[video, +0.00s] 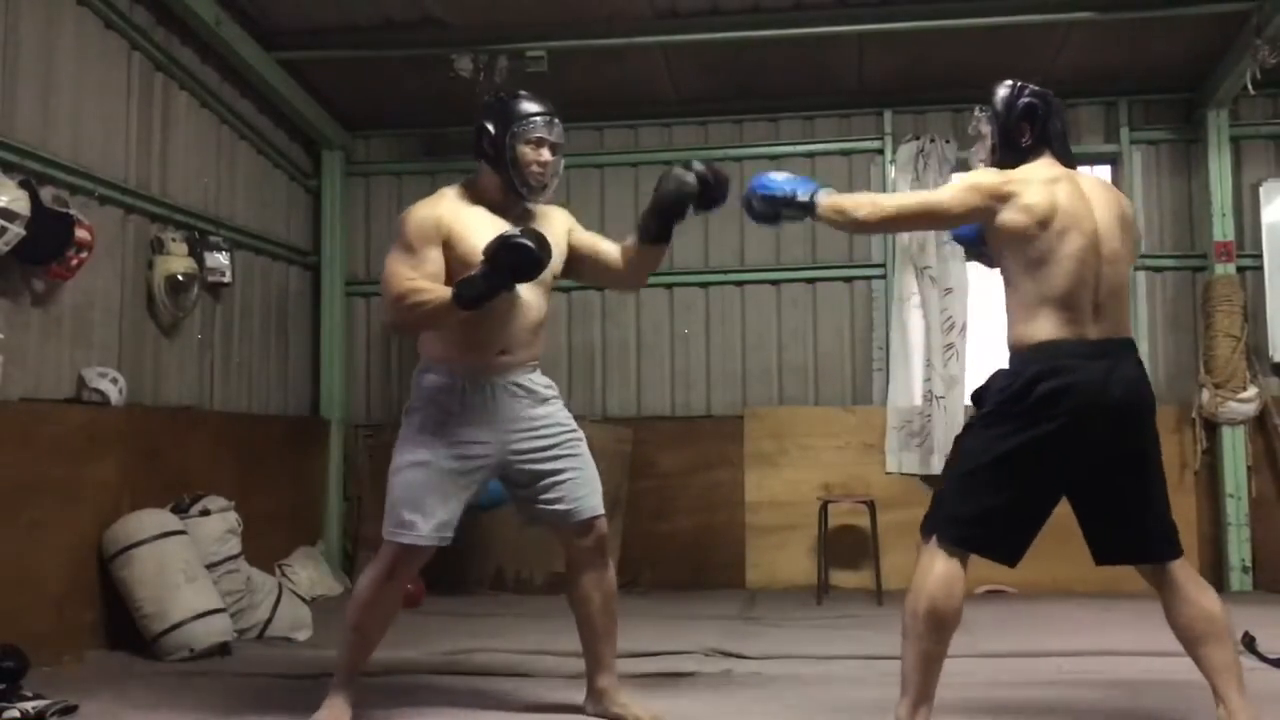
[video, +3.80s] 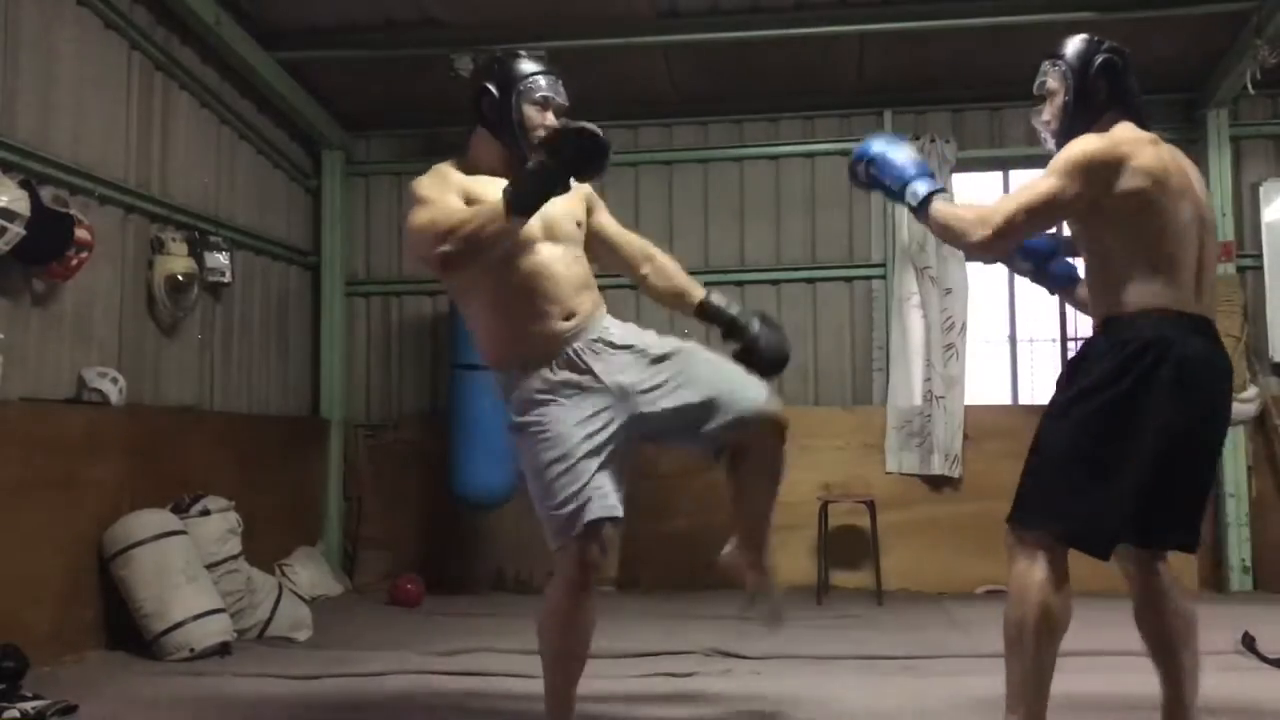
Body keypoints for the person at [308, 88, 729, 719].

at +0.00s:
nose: (548, 158)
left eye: (554, 147)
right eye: (534, 144)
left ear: (559, 155)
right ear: (494, 145)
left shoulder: (554, 224)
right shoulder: (434, 215)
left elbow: (629, 269)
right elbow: (402, 307)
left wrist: (661, 216)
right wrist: (482, 284)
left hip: (529, 395)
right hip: (447, 399)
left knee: (592, 530)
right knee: (404, 548)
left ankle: (604, 687)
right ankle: (340, 690)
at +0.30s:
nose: (503, 149)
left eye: (510, 139)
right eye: (491, 135)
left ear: (511, 146)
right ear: (450, 133)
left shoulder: (500, 217)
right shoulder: (393, 192)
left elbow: (574, 254)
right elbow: (369, 263)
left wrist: (574, 173)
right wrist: (454, 229)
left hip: (477, 383)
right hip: (401, 386)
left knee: (533, 521)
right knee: (378, 544)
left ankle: (518, 680)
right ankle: (337, 693)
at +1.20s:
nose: (555, 147)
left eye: (561, 135)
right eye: (541, 131)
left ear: (563, 143)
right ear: (499, 131)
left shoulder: (552, 217)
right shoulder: (439, 200)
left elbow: (617, 274)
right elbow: (387, 291)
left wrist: (624, 203)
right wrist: (473, 280)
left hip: (545, 390)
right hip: (463, 398)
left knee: (600, 540)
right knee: (427, 558)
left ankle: (627, 697)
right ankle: (371, 700)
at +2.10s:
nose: (614, 129)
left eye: (619, 118)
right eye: (601, 114)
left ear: (618, 126)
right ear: (556, 114)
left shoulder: (606, 194)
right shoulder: (497, 187)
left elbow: (683, 222)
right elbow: (457, 283)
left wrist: (677, 142)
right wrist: (544, 270)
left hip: (607, 379)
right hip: (537, 386)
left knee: (636, 540)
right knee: (528, 554)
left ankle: (648, 696)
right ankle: (444, 694)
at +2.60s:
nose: (557, 145)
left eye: (565, 134)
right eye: (546, 129)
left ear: (561, 144)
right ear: (507, 124)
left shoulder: (556, 218)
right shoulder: (453, 186)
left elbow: (626, 277)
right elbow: (446, 256)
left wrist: (673, 207)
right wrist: (527, 194)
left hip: (536, 394)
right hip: (457, 394)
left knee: (615, 534)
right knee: (463, 560)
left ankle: (592, 696)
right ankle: (397, 707)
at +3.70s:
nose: (582, 105)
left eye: (587, 93)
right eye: (568, 90)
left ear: (587, 103)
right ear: (522, 93)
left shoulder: (588, 174)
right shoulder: (469, 171)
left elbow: (667, 219)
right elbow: (424, 267)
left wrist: (736, 175)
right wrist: (518, 240)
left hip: (603, 370)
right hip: (527, 382)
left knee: (662, 518)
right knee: (566, 537)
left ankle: (653, 692)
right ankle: (502, 689)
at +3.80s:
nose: (554, 123)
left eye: (559, 110)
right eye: (539, 108)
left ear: (563, 118)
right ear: (494, 107)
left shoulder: (572, 191)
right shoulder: (442, 186)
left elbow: (648, 263)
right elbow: (439, 255)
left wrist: (730, 318)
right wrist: (525, 195)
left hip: (615, 346)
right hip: (545, 389)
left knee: (762, 417)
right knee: (586, 553)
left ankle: (749, 552)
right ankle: (559, 711)